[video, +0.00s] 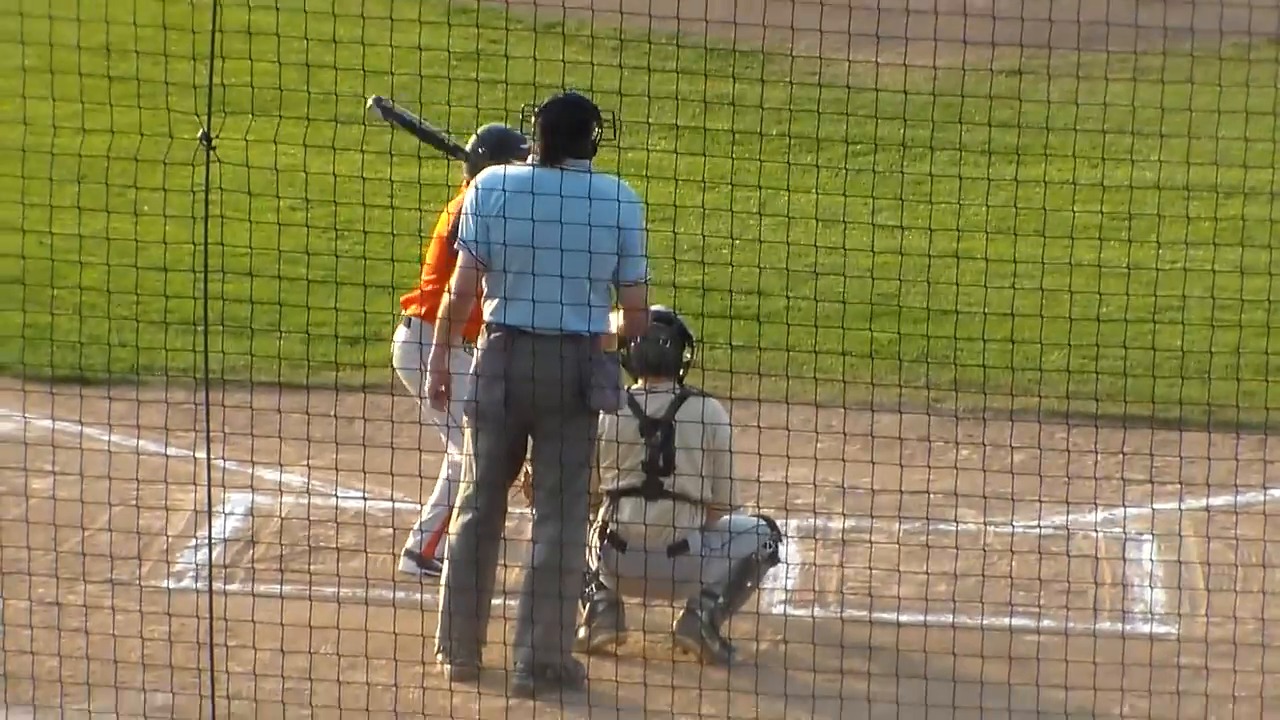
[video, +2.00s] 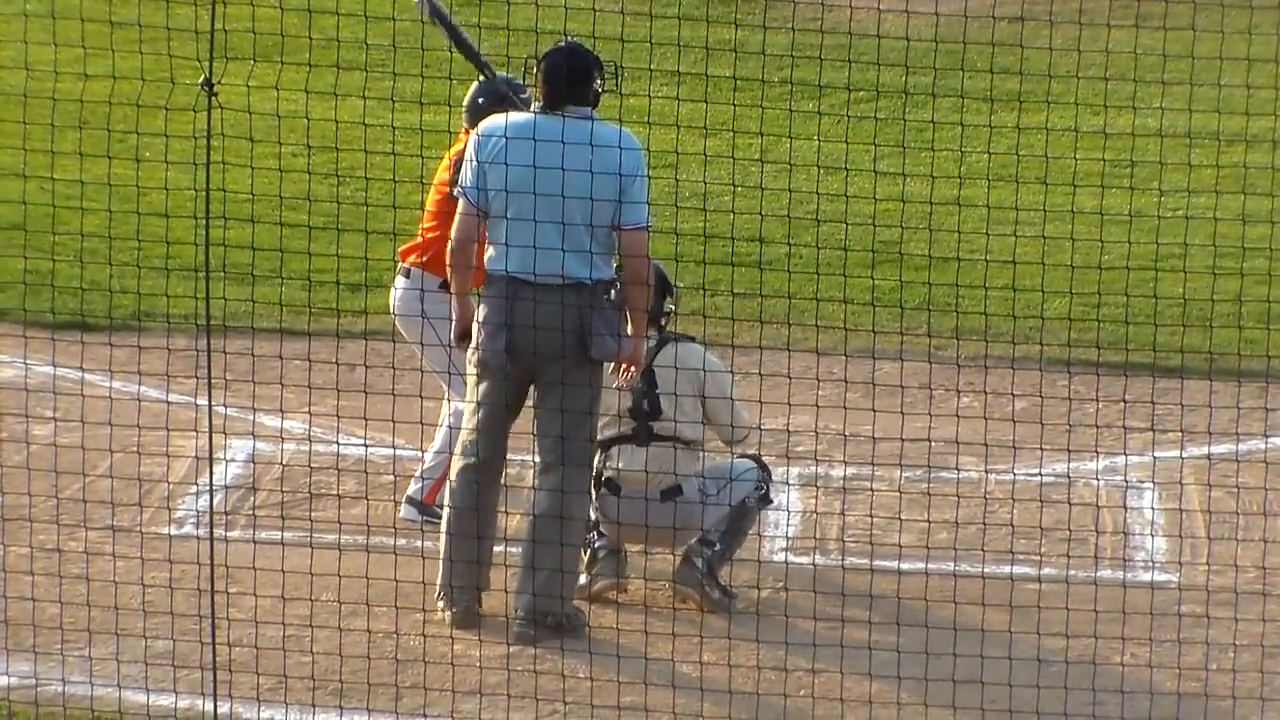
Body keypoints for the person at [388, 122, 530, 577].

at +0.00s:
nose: (523, 174)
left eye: (522, 166)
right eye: (518, 165)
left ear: (477, 165)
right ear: (499, 167)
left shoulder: (472, 202)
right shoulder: (476, 206)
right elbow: (462, 288)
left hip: (426, 338)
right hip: (434, 341)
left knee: (470, 444)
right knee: (473, 444)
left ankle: (431, 545)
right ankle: (426, 546)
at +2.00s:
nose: (524, 125)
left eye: (523, 116)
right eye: (519, 115)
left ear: (477, 114)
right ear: (501, 115)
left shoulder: (471, 151)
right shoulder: (475, 154)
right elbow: (464, 240)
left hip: (425, 290)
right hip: (428, 293)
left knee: (470, 391)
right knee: (474, 393)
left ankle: (433, 489)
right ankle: (427, 492)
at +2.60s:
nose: (521, 132)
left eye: (521, 123)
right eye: (516, 122)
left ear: (482, 122)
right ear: (497, 125)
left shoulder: (475, 156)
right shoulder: (470, 165)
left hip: (442, 281)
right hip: (430, 284)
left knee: (472, 371)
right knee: (452, 383)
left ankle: (465, 463)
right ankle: (437, 491)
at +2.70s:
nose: (523, 137)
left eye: (524, 127)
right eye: (518, 128)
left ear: (481, 124)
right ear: (500, 128)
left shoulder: (486, 156)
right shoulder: (471, 167)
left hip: (449, 281)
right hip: (431, 284)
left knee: (471, 374)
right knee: (452, 384)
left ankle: (463, 462)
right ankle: (435, 490)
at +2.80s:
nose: (524, 128)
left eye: (524, 121)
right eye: (519, 120)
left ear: (482, 118)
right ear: (502, 121)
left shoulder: (490, 154)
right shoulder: (471, 163)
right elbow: (502, 205)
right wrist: (539, 158)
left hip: (452, 277)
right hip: (429, 281)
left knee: (474, 369)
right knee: (458, 375)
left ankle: (463, 462)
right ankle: (435, 492)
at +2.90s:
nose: (528, 124)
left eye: (528, 118)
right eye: (524, 117)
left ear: (484, 117)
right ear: (511, 120)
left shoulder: (499, 152)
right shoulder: (471, 159)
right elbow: (505, 199)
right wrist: (538, 162)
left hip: (460, 280)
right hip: (426, 283)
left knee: (476, 361)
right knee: (450, 372)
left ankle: (466, 459)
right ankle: (434, 492)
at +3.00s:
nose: (529, 122)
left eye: (529, 116)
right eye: (525, 115)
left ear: (484, 116)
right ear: (513, 120)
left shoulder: (506, 155)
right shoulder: (472, 158)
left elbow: (538, 185)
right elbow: (503, 199)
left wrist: (564, 168)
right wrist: (539, 164)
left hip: (463, 284)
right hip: (425, 283)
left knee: (476, 368)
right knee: (445, 382)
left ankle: (466, 460)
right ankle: (434, 492)